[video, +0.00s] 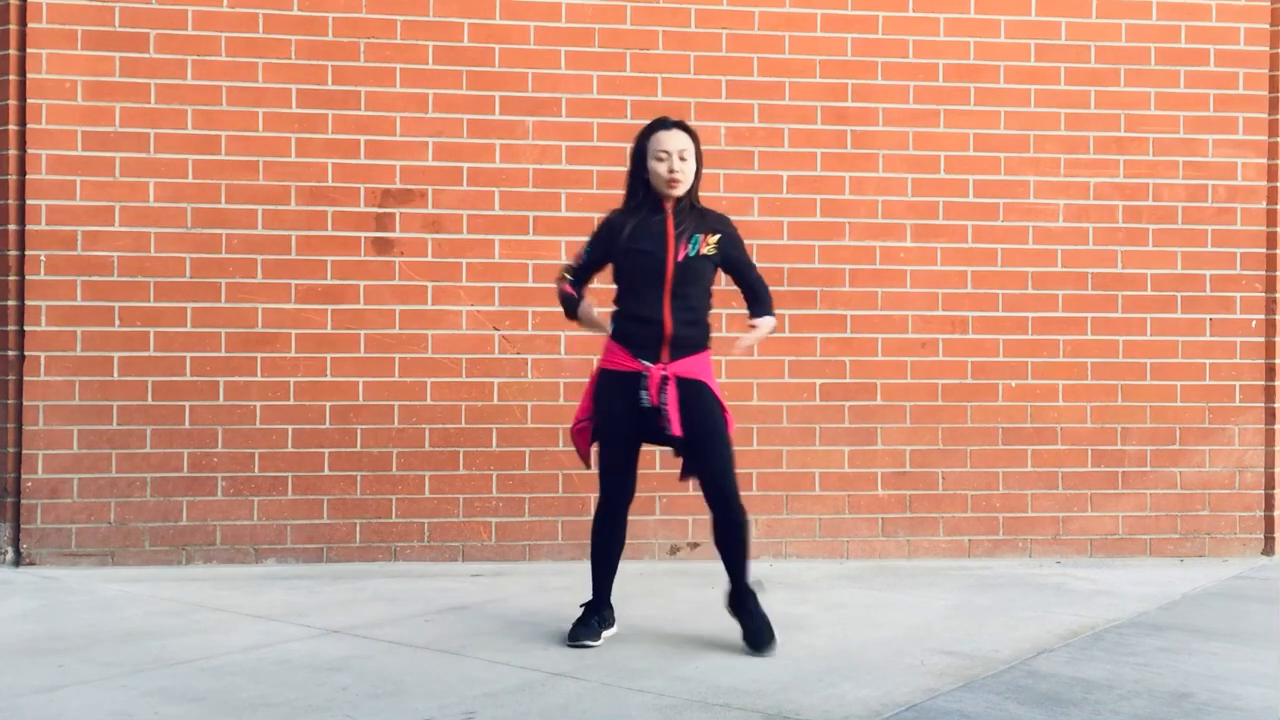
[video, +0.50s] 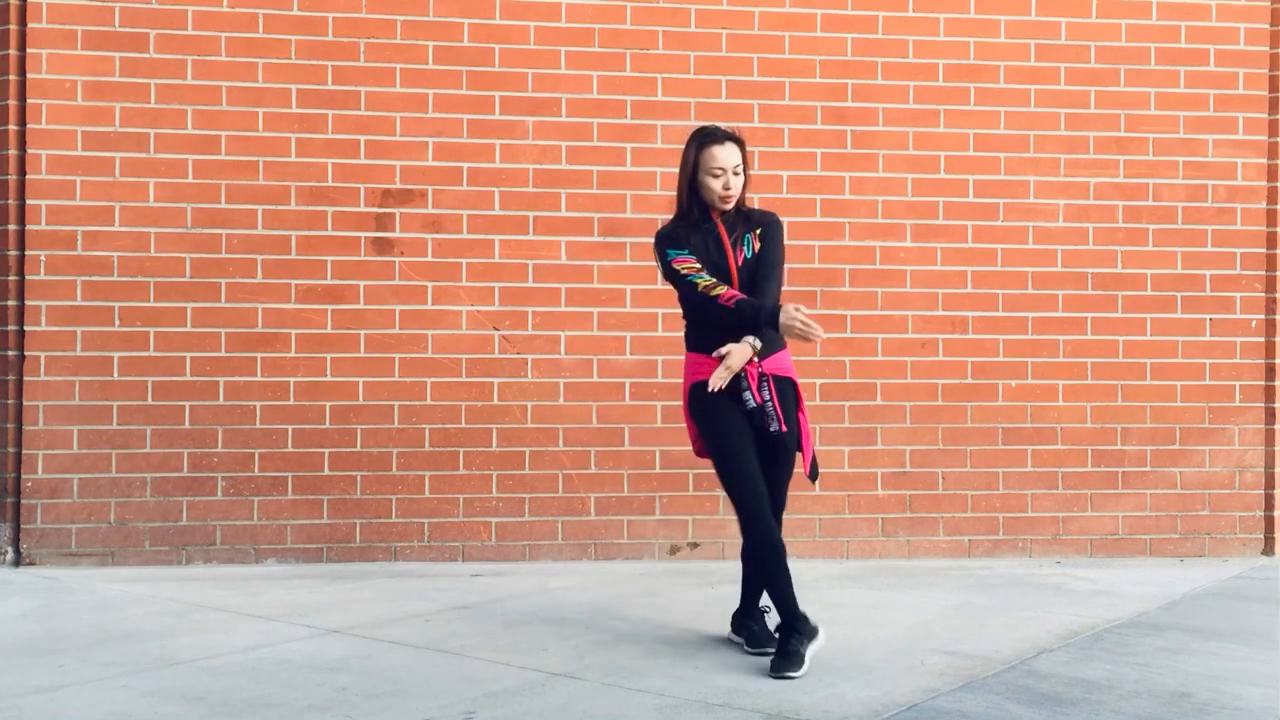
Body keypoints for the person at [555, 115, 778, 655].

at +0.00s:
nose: (673, 166)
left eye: (683, 157)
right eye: (662, 156)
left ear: (696, 165)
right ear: (644, 165)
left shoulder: (714, 227)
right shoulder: (622, 224)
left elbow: (753, 285)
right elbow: (569, 282)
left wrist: (763, 320)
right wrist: (587, 317)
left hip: (690, 373)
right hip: (624, 370)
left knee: (723, 491)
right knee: (615, 493)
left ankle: (741, 594)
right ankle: (599, 604)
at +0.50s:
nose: (729, 182)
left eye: (736, 171)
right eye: (717, 173)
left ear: (746, 172)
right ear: (694, 176)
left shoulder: (765, 225)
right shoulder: (674, 238)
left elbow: (766, 304)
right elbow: (705, 293)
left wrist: (743, 348)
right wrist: (773, 316)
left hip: (771, 373)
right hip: (713, 379)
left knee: (769, 506)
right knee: (753, 504)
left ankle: (747, 613)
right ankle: (796, 624)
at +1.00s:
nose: (707, 162)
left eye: (716, 152)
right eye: (695, 153)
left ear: (732, 159)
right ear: (678, 163)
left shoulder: (749, 229)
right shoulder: (659, 223)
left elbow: (778, 282)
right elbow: (631, 277)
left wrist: (802, 306)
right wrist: (616, 303)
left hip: (723, 375)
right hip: (658, 372)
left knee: (733, 497)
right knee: (628, 493)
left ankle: (750, 611)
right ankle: (605, 601)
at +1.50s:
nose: (664, 180)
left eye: (675, 170)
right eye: (652, 170)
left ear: (690, 177)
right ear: (637, 178)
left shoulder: (704, 243)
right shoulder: (614, 228)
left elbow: (672, 305)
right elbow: (612, 291)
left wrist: (621, 341)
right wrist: (650, 321)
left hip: (651, 378)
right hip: (593, 370)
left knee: (606, 499)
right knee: (593, 497)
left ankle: (562, 627)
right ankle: (604, 607)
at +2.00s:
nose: (691, 174)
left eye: (701, 163)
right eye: (679, 164)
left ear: (717, 169)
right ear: (664, 171)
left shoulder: (739, 230)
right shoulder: (651, 234)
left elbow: (761, 291)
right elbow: (629, 298)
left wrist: (786, 326)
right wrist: (622, 326)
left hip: (738, 380)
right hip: (671, 379)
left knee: (755, 501)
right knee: (644, 497)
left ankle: (760, 615)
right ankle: (607, 605)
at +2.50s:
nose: (754, 171)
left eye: (756, 162)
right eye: (742, 163)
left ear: (757, 170)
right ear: (712, 171)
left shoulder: (775, 233)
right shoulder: (687, 239)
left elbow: (797, 297)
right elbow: (716, 300)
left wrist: (786, 330)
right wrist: (790, 297)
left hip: (780, 381)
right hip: (721, 384)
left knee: (785, 506)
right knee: (763, 502)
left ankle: (761, 616)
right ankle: (808, 628)